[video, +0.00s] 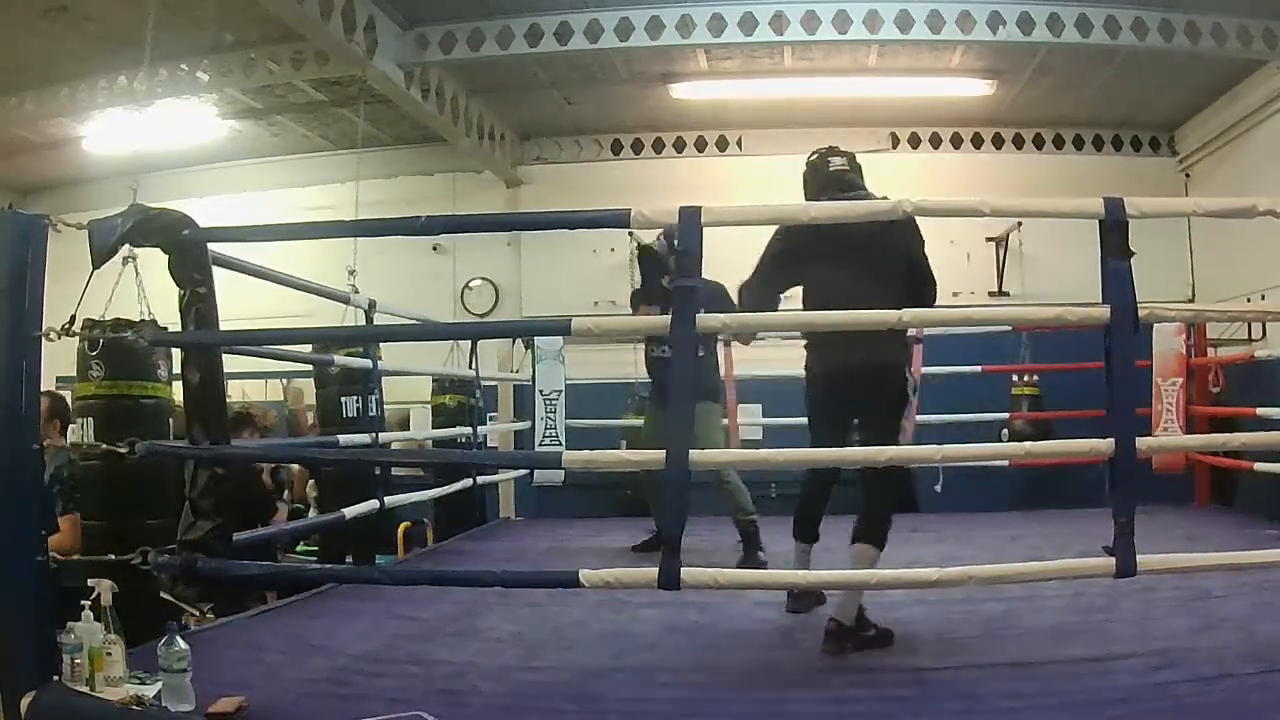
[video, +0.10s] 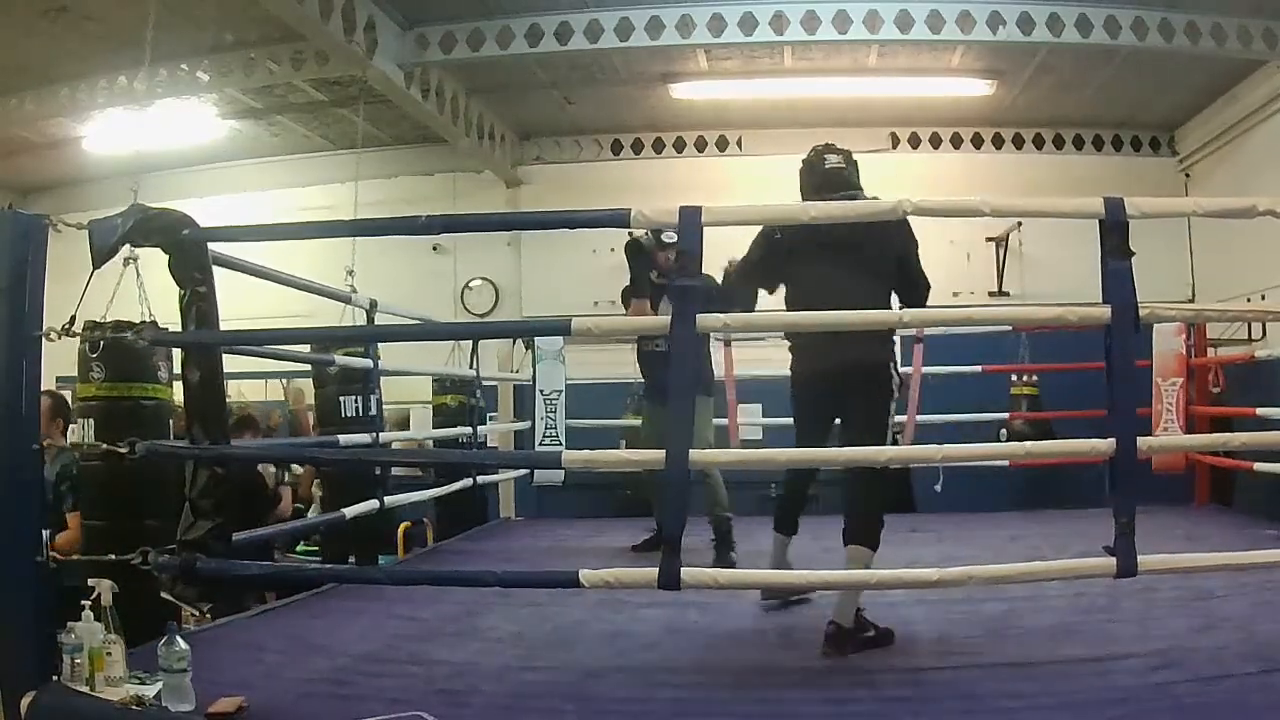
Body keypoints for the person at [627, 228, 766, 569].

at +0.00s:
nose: (670, 267)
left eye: (676, 260)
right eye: (665, 261)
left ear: (688, 257)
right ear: (659, 262)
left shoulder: (711, 291)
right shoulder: (650, 294)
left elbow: (741, 331)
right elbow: (641, 327)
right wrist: (654, 280)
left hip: (703, 394)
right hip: (663, 395)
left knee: (717, 464)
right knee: (651, 464)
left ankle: (751, 543)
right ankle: (665, 532)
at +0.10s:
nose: (665, 257)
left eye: (670, 251)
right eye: (661, 253)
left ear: (681, 254)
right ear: (650, 257)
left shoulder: (698, 286)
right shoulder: (642, 289)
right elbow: (639, 316)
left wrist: (678, 278)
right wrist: (639, 269)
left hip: (695, 387)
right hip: (656, 388)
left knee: (703, 460)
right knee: (653, 462)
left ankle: (723, 539)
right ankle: (664, 532)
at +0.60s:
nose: (674, 261)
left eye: (679, 255)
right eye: (667, 253)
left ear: (687, 259)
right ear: (652, 255)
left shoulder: (687, 288)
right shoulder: (624, 284)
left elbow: (684, 323)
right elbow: (634, 323)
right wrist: (643, 273)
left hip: (672, 397)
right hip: (633, 393)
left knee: (677, 466)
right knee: (615, 459)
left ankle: (690, 537)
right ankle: (633, 522)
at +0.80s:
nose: (637, 274)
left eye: (644, 268)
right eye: (630, 268)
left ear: (656, 268)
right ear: (619, 267)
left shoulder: (672, 297)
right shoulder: (607, 301)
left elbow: (711, 333)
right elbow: (616, 336)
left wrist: (708, 292)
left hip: (663, 402)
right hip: (623, 401)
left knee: (676, 472)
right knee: (602, 468)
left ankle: (691, 549)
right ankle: (599, 538)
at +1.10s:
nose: (654, 267)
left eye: (659, 259)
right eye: (647, 259)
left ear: (669, 258)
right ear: (635, 260)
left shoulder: (682, 287)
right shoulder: (624, 294)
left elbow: (713, 280)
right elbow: (622, 341)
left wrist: (716, 243)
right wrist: (635, 293)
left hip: (690, 388)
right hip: (650, 390)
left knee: (701, 463)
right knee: (612, 460)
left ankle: (728, 544)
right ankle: (623, 532)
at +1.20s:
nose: (655, 276)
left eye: (660, 268)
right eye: (648, 270)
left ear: (668, 268)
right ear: (632, 271)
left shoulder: (683, 296)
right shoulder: (623, 306)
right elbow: (628, 344)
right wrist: (630, 296)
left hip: (698, 396)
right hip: (657, 399)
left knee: (710, 463)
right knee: (622, 467)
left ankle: (751, 539)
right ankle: (629, 542)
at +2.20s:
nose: (659, 263)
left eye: (664, 255)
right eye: (654, 256)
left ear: (681, 258)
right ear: (647, 261)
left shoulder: (704, 293)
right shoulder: (650, 302)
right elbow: (638, 363)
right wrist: (624, 321)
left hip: (711, 403)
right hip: (676, 405)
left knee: (730, 476)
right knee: (637, 465)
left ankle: (772, 554)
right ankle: (652, 544)